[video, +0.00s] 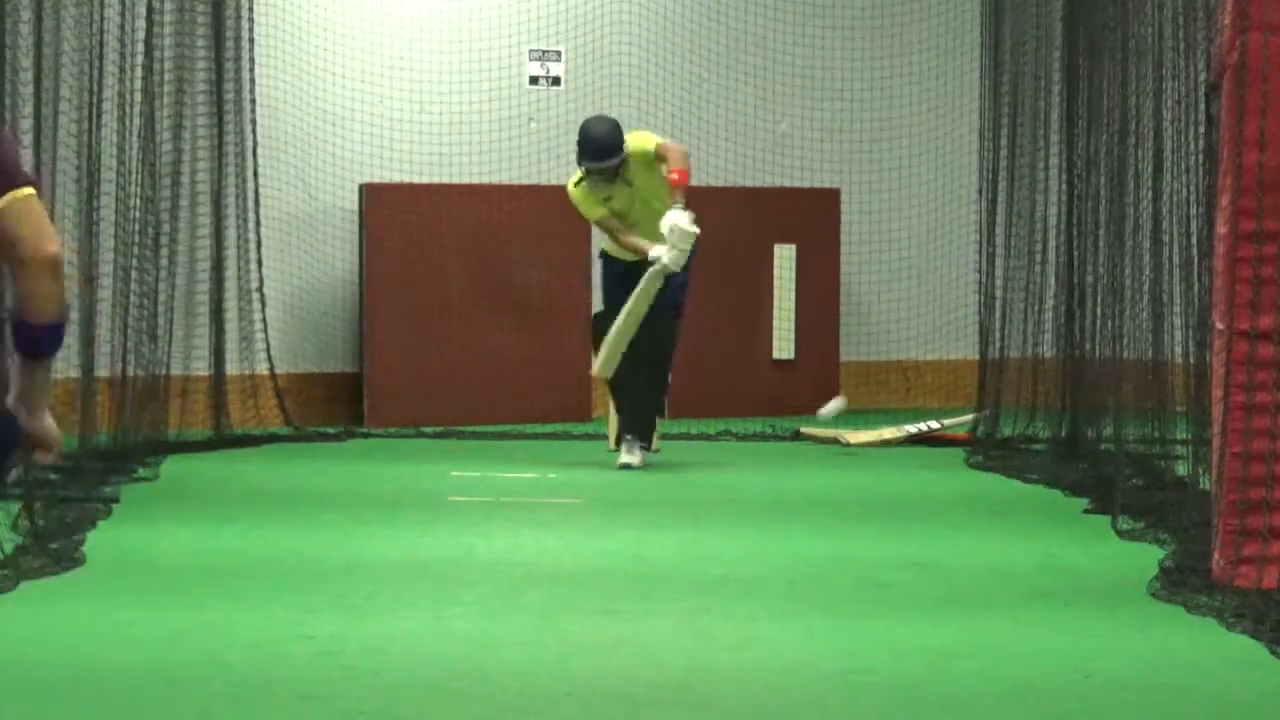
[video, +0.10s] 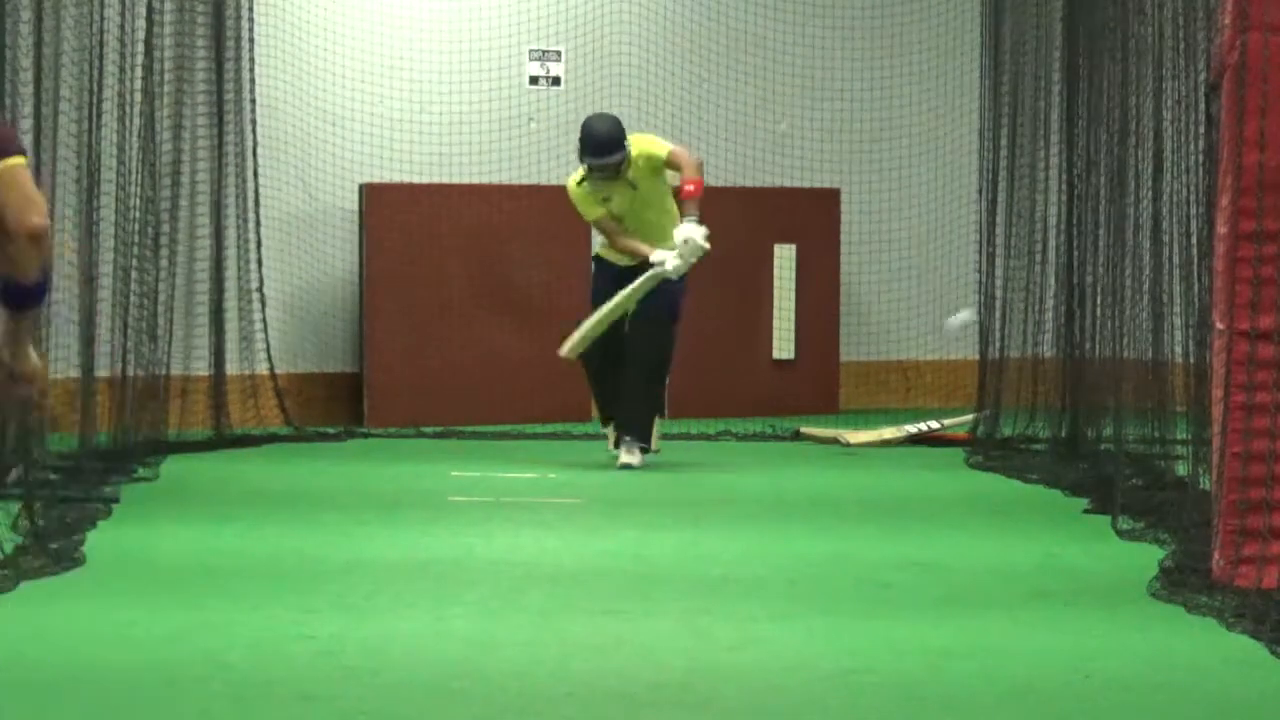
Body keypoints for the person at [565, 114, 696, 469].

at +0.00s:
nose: (605, 176)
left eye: (611, 168)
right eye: (596, 171)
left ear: (622, 153)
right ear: (583, 161)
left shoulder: (639, 146)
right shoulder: (580, 190)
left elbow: (677, 154)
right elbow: (617, 232)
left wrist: (677, 207)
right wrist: (652, 249)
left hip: (665, 253)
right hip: (621, 257)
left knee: (655, 341)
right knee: (620, 340)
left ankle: (638, 435)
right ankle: (632, 432)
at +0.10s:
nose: (607, 174)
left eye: (614, 166)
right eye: (598, 169)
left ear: (626, 151)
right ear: (584, 159)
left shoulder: (646, 151)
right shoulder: (580, 187)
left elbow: (690, 162)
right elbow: (614, 234)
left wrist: (690, 220)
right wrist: (655, 254)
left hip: (662, 255)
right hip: (613, 260)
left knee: (648, 345)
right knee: (603, 345)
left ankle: (633, 438)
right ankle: (616, 421)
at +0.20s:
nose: (611, 173)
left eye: (617, 165)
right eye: (601, 167)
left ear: (629, 150)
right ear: (587, 157)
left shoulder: (648, 150)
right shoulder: (579, 184)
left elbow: (698, 166)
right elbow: (612, 237)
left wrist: (695, 225)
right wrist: (652, 256)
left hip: (660, 255)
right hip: (608, 260)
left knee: (646, 349)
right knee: (587, 340)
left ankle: (633, 441)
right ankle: (600, 424)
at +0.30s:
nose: (611, 166)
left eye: (617, 157)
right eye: (602, 159)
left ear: (630, 145)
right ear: (588, 151)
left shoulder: (652, 149)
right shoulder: (578, 181)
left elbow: (705, 168)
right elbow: (609, 236)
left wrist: (699, 221)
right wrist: (646, 253)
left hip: (657, 254)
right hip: (604, 256)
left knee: (644, 347)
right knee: (581, 338)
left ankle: (632, 440)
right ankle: (582, 431)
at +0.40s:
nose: (611, 155)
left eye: (618, 146)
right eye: (602, 149)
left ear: (629, 138)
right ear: (588, 145)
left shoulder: (651, 147)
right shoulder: (577, 178)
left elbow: (707, 167)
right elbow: (605, 235)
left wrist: (701, 214)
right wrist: (644, 248)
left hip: (651, 255)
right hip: (601, 256)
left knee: (643, 346)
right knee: (580, 340)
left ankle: (632, 441)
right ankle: (574, 437)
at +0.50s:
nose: (609, 149)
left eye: (615, 140)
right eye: (600, 142)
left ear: (625, 131)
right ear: (584, 139)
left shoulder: (646, 143)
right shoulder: (573, 170)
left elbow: (703, 161)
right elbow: (598, 229)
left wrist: (699, 205)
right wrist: (640, 240)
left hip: (646, 256)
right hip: (598, 260)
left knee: (640, 345)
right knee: (583, 341)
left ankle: (632, 441)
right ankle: (573, 437)